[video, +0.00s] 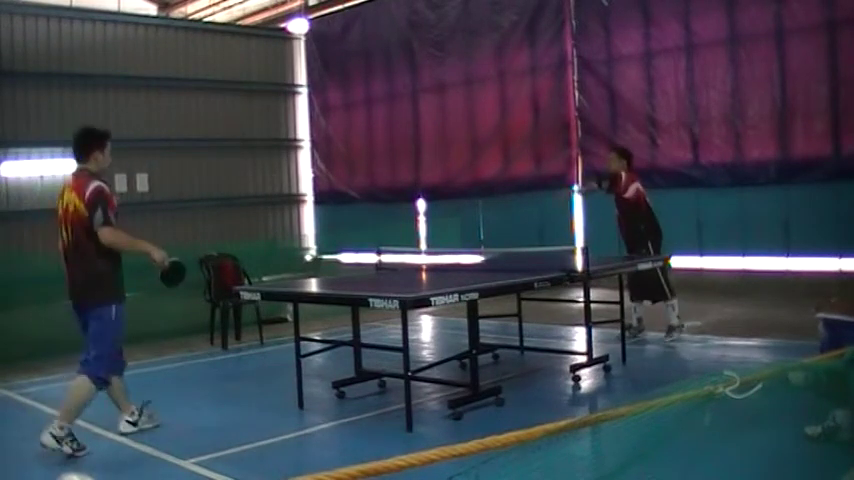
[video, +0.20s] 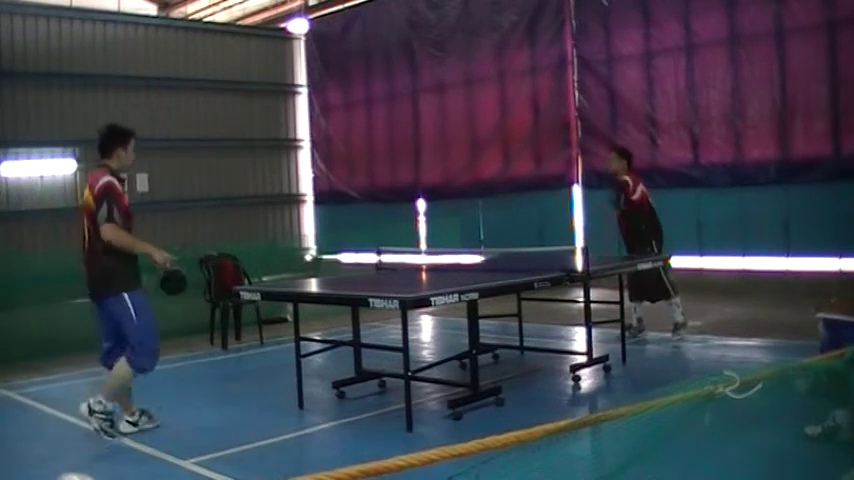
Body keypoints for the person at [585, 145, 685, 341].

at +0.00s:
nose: (609, 163)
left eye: (613, 160)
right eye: (610, 160)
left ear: (623, 163)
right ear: (616, 164)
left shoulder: (633, 185)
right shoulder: (618, 182)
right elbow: (607, 184)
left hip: (649, 240)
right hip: (633, 241)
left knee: (660, 281)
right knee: (634, 282)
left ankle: (674, 322)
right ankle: (637, 322)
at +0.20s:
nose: (609, 164)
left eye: (613, 160)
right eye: (610, 160)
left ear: (624, 163)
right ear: (619, 164)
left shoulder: (632, 184)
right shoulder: (623, 186)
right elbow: (628, 219)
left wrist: (654, 247)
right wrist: (630, 244)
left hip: (649, 241)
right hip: (634, 242)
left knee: (661, 280)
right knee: (634, 282)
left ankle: (679, 317)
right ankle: (637, 321)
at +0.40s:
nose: (621, 162)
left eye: (625, 158)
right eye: (620, 158)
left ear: (635, 160)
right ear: (621, 162)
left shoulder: (643, 181)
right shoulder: (627, 185)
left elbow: (647, 215)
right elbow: (627, 218)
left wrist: (647, 244)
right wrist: (626, 245)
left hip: (653, 238)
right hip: (638, 239)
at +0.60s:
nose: (642, 160)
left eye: (646, 156)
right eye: (641, 156)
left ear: (654, 159)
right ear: (640, 160)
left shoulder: (665, 182)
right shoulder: (636, 187)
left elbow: (675, 207)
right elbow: (630, 218)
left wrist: (677, 233)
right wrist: (625, 244)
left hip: (666, 240)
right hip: (645, 241)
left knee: (679, 282)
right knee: (642, 283)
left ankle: (699, 318)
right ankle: (637, 322)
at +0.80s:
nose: (666, 161)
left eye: (670, 156)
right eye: (664, 156)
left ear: (679, 160)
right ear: (661, 160)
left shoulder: (691, 185)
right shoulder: (654, 187)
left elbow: (695, 209)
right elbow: (645, 213)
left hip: (686, 242)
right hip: (662, 243)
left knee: (691, 282)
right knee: (654, 280)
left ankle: (701, 320)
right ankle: (641, 320)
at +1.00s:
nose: (686, 158)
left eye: (691, 154)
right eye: (684, 153)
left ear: (698, 158)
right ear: (680, 157)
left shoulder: (707, 185)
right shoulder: (668, 184)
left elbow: (712, 218)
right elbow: (660, 215)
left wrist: (709, 244)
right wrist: (659, 241)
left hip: (696, 244)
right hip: (672, 243)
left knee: (699, 283)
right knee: (664, 281)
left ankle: (702, 321)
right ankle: (658, 318)